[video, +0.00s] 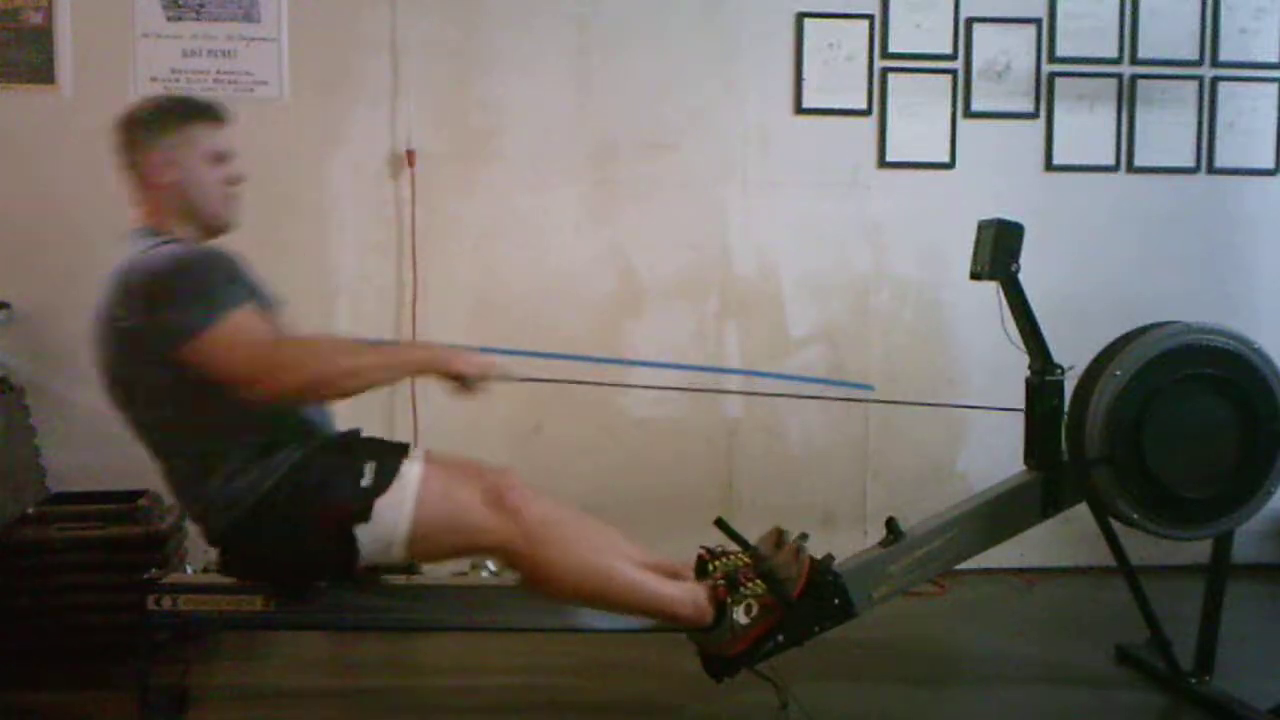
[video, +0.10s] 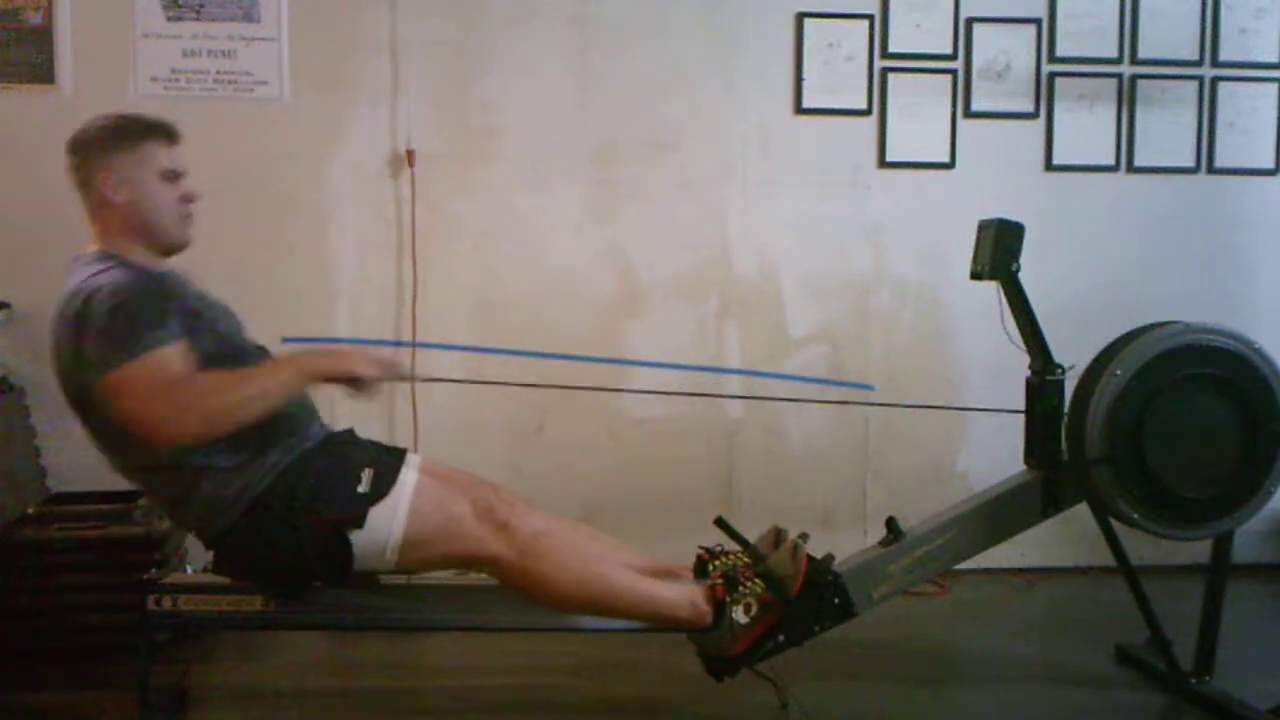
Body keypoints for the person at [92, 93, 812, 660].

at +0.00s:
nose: (235, 174)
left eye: (231, 158)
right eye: (216, 159)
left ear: (178, 175)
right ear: (154, 176)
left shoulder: (188, 267)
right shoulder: (167, 273)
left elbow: (280, 369)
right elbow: (267, 372)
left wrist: (411, 358)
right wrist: (424, 358)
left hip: (295, 476)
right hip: (275, 499)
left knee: (503, 491)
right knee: (501, 512)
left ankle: (701, 588)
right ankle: (710, 616)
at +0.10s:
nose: (190, 196)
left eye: (185, 180)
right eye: (169, 180)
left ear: (122, 195)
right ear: (108, 194)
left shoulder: (144, 289)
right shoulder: (113, 296)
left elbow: (187, 404)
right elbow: (164, 415)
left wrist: (312, 370)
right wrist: (315, 366)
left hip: (298, 479)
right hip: (276, 503)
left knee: (496, 506)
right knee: (490, 527)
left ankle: (705, 590)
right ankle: (708, 612)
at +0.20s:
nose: (170, 208)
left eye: (165, 191)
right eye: (149, 191)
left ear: (102, 203)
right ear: (88, 201)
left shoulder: (134, 298)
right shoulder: (81, 303)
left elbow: (148, 415)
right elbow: (80, 443)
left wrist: (251, 366)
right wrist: (211, 360)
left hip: (301, 474)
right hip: (272, 500)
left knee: (500, 512)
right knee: (490, 527)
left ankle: (708, 596)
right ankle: (707, 612)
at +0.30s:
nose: (168, 209)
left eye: (165, 194)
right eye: (148, 195)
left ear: (121, 206)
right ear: (87, 206)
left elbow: (162, 406)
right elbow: (41, 440)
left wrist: (233, 358)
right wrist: (174, 361)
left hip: (305, 467)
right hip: (271, 498)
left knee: (500, 512)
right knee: (490, 526)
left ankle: (704, 592)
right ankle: (709, 615)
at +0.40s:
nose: (176, 209)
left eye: (172, 192)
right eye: (157, 193)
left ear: (123, 203)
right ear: (96, 203)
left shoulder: (140, 295)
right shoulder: (76, 302)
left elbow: (158, 410)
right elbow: (63, 443)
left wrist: (244, 365)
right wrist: (193, 361)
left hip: (305, 469)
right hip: (272, 502)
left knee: (501, 512)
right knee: (491, 529)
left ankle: (707, 593)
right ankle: (711, 614)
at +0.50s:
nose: (197, 203)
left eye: (195, 188)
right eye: (179, 188)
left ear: (143, 199)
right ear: (115, 197)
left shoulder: (154, 292)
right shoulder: (100, 299)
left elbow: (166, 417)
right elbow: (107, 440)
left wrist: (278, 385)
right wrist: (248, 373)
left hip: (301, 470)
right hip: (275, 502)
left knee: (502, 506)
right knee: (494, 527)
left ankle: (708, 593)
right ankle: (708, 610)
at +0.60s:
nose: (224, 197)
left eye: (221, 181)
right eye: (206, 180)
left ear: (166, 188)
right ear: (143, 185)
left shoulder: (175, 286)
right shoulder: (124, 294)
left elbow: (223, 404)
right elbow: (175, 431)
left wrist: (333, 395)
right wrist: (321, 391)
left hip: (294, 475)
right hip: (270, 505)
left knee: (500, 501)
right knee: (493, 524)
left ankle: (704, 591)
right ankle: (710, 614)